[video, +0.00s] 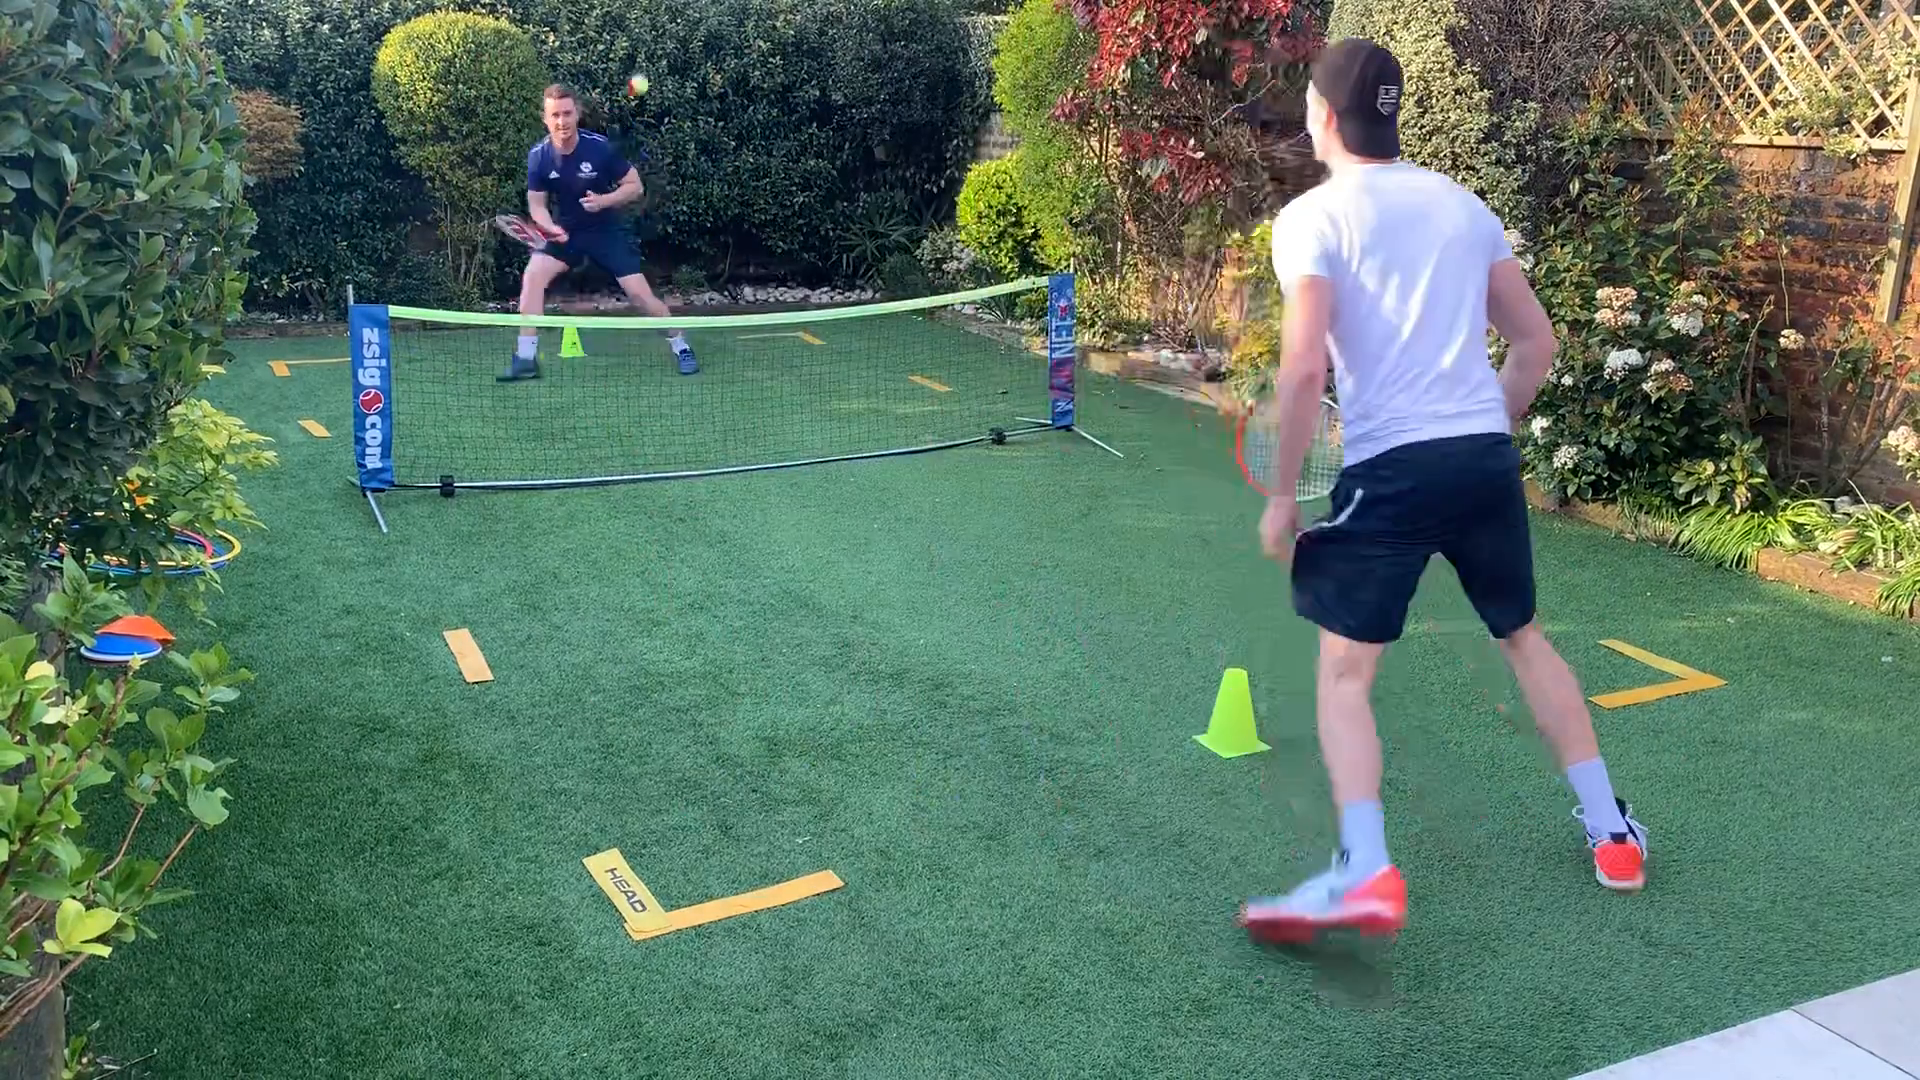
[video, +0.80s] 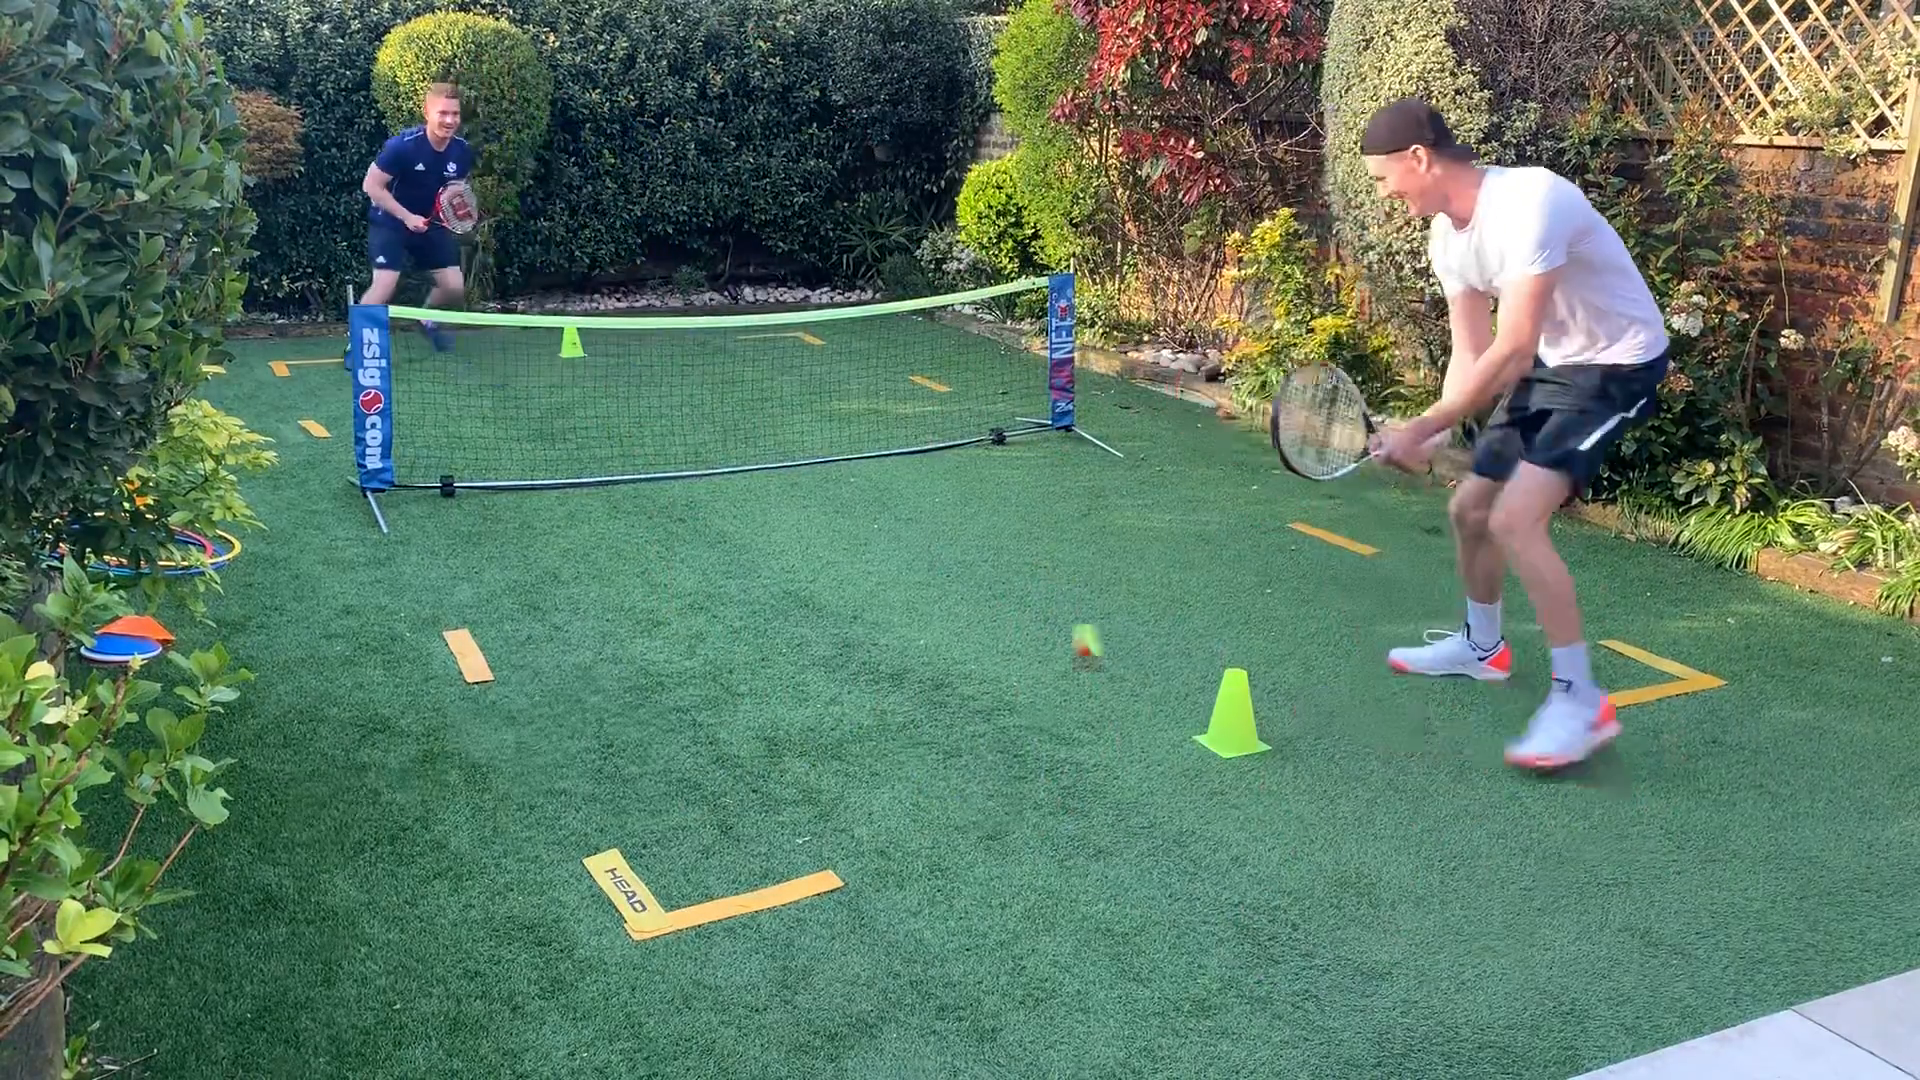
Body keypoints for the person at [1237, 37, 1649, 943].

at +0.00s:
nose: (1306, 122)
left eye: (1309, 108)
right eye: (1309, 106)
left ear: (1324, 116)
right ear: (1396, 114)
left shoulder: (1312, 216)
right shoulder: (1461, 202)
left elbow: (1306, 365)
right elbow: (1536, 343)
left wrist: (1283, 490)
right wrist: (1487, 429)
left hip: (1390, 471)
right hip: (1487, 462)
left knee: (1345, 675)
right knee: (1525, 637)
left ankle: (1364, 868)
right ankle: (1612, 832)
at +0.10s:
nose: (1322, 128)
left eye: (1325, 114)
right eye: (1325, 113)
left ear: (1345, 120)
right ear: (1408, 118)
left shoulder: (1343, 212)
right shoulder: (1472, 201)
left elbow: (1352, 355)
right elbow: (1535, 340)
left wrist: (1326, 478)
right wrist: (1468, 402)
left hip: (1412, 453)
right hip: (1510, 449)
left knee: (1349, 600)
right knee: (1532, 634)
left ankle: (1419, 769)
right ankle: (1608, 823)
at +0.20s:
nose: (1315, 132)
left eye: (1319, 119)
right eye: (1319, 118)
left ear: (1337, 128)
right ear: (1392, 128)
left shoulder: (1347, 212)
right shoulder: (1453, 198)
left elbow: (1352, 345)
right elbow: (1483, 322)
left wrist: (1317, 455)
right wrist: (1398, 423)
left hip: (1446, 427)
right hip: (1527, 425)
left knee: (1344, 535)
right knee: (1494, 599)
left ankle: (1389, 714)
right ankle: (1594, 755)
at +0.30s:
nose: (1308, 162)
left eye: (1312, 149)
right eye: (1310, 149)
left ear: (1331, 157)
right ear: (1382, 154)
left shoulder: (1348, 246)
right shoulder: (1449, 215)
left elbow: (1323, 389)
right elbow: (1479, 344)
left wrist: (1286, 480)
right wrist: (1405, 424)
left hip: (1455, 438)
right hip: (1529, 437)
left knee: (1350, 524)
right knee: (1445, 551)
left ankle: (1378, 700)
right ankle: (1549, 673)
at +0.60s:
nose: (1324, 185)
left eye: (1328, 171)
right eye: (1323, 171)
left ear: (1361, 175)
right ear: (1379, 169)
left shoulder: (1440, 235)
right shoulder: (1435, 219)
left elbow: (1443, 385)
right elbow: (1471, 348)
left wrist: (1372, 415)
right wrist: (1402, 413)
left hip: (1563, 388)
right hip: (1535, 379)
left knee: (1414, 516)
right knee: (1453, 506)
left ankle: (1386, 698)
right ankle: (1480, 644)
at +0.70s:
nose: (1350, 194)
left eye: (1352, 178)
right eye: (1346, 182)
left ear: (1387, 169)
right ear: (1392, 169)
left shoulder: (1489, 217)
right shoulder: (1431, 236)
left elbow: (1496, 355)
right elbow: (1462, 345)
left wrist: (1404, 418)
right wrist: (1426, 417)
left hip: (1600, 363)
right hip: (1537, 360)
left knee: (1472, 507)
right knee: (1463, 499)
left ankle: (1440, 694)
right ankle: (1478, 639)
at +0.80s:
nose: (1385, 193)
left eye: (1386, 177)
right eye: (1379, 180)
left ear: (1423, 159)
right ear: (1421, 162)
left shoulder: (1532, 202)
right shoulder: (1449, 234)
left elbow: (1517, 352)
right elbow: (1469, 349)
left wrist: (1423, 427)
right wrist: (1429, 433)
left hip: (1616, 362)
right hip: (1546, 362)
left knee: (1518, 521)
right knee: (1471, 510)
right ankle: (1482, 646)